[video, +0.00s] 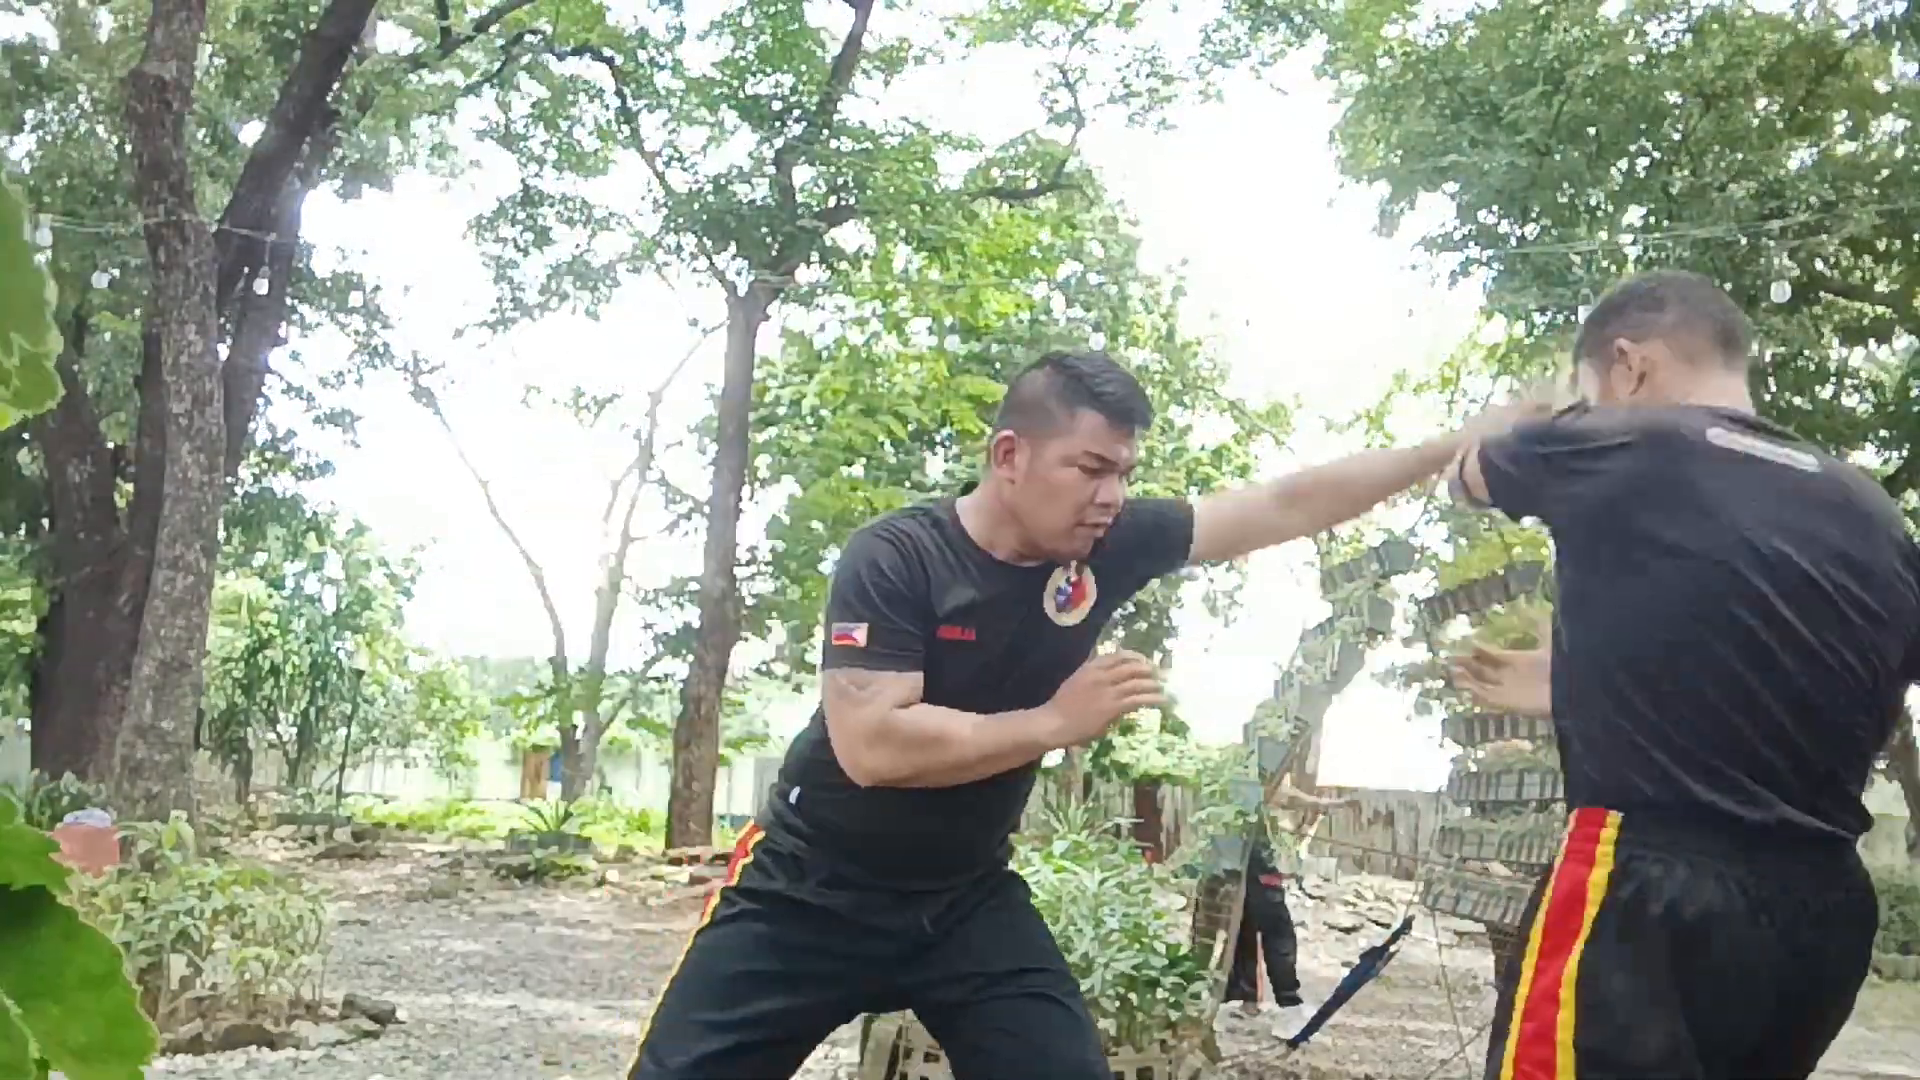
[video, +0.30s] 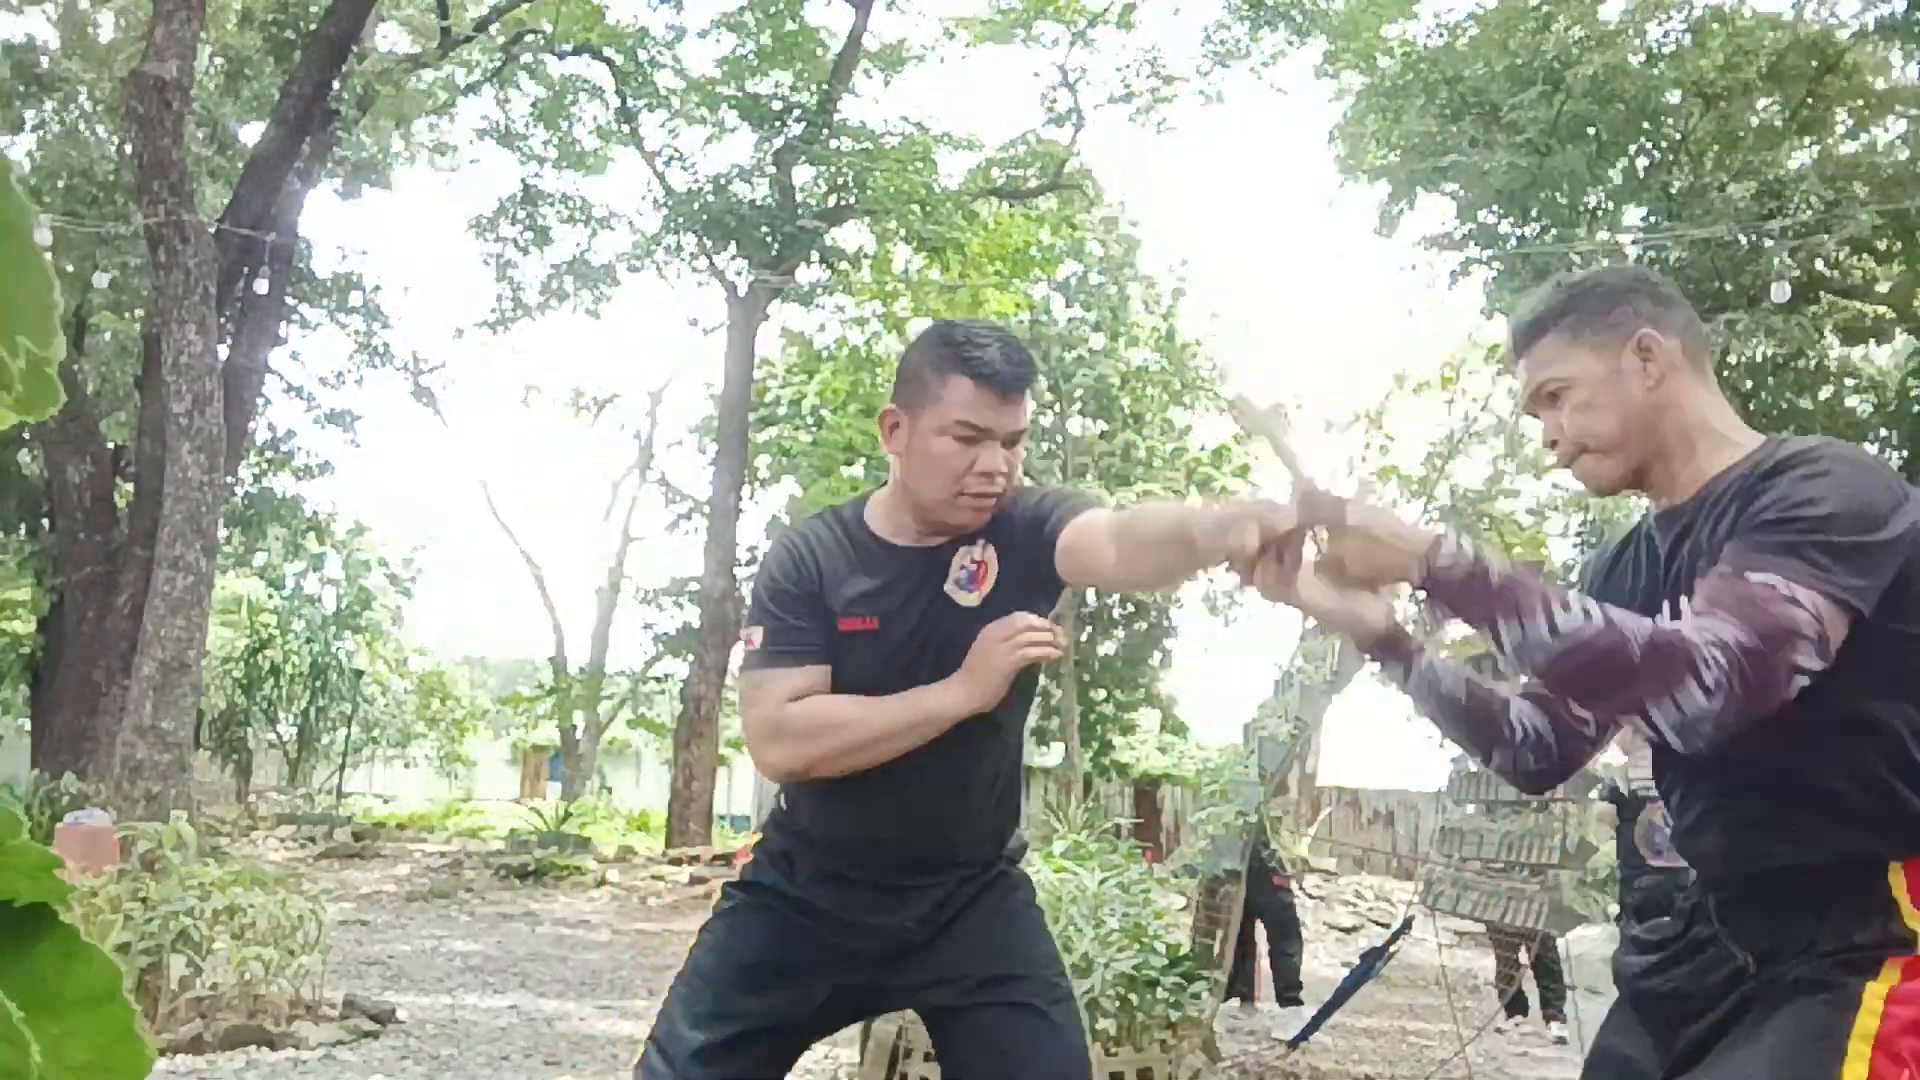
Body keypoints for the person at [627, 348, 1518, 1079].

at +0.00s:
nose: (1113, 496)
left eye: (1123, 475)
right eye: (1095, 469)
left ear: (1127, 474)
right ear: (1008, 453)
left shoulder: (1113, 548)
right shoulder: (891, 558)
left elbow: (1286, 503)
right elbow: (869, 744)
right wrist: (1053, 723)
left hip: (969, 900)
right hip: (805, 891)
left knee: (1067, 1065)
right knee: (678, 1066)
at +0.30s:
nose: (994, 466)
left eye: (1010, 442)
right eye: (968, 437)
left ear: (1025, 443)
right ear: (894, 433)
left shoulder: (1027, 528)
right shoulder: (807, 557)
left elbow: (1113, 543)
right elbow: (778, 741)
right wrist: (959, 694)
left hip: (976, 901)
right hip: (803, 898)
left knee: (1050, 1070)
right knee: (680, 1069)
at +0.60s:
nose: (909, 500)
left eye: (934, 474)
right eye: (881, 471)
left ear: (958, 465)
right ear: (824, 455)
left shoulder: (988, 583)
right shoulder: (747, 566)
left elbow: (1134, 735)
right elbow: (676, 727)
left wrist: (1269, 881)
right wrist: (804, 740)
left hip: (916, 889)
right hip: (752, 876)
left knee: (978, 1065)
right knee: (636, 1061)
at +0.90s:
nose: (901, 509)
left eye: (925, 480)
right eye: (871, 479)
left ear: (950, 465)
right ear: (812, 464)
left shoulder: (994, 578)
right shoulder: (749, 568)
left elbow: (1170, 683)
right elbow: (686, 744)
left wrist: (1335, 771)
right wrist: (839, 742)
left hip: (928, 891)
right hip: (759, 880)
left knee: (990, 1069)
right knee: (642, 1067)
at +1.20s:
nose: (920, 527)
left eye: (946, 498)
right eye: (892, 497)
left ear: (972, 480)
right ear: (833, 476)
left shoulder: (1010, 584)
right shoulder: (763, 581)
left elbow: (1195, 681)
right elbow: (706, 755)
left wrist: (1352, 746)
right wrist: (873, 750)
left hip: (936, 899)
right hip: (765, 891)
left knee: (1000, 1065)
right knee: (650, 1064)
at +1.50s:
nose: (904, 530)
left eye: (932, 501)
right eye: (878, 499)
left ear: (960, 482)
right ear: (821, 473)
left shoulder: (996, 579)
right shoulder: (758, 582)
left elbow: (1161, 679)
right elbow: (699, 757)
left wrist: (1290, 778)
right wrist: (860, 748)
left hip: (937, 900)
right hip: (766, 892)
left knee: (1004, 1065)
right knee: (646, 1064)